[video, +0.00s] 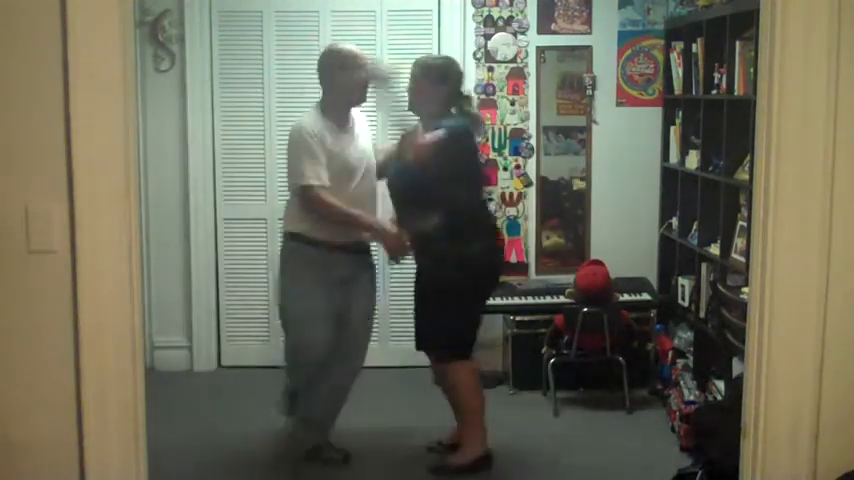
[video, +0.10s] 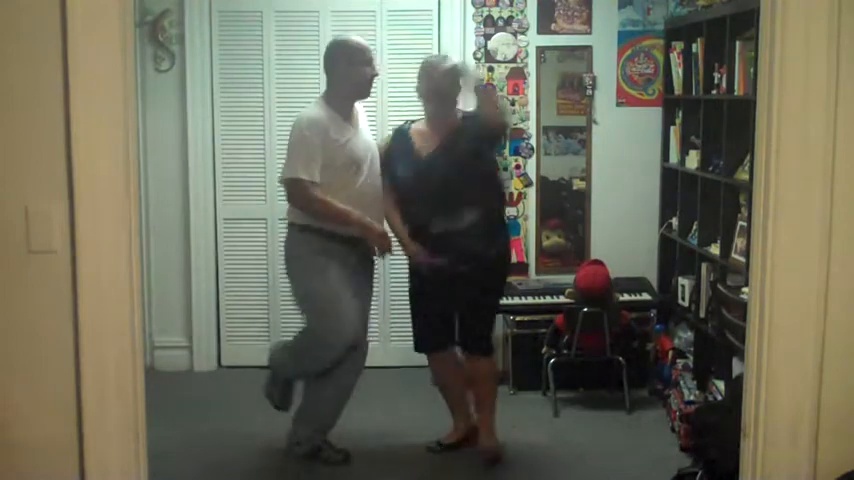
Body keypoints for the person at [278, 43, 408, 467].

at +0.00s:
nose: (368, 83)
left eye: (367, 76)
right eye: (359, 76)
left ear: (358, 81)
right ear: (333, 80)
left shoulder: (360, 127)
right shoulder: (306, 130)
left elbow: (366, 171)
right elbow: (310, 197)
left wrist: (402, 150)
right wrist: (379, 230)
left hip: (355, 256)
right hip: (309, 256)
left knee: (350, 352)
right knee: (312, 346)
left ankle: (316, 436)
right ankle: (300, 415)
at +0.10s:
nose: (374, 72)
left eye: (373, 65)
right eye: (364, 66)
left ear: (364, 73)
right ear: (335, 72)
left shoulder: (358, 122)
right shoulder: (311, 124)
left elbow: (366, 186)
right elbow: (298, 193)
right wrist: (363, 226)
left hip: (355, 249)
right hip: (314, 245)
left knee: (353, 346)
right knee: (338, 330)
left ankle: (307, 437)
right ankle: (283, 363)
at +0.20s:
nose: (382, 70)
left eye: (381, 63)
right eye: (373, 63)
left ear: (364, 70)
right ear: (345, 67)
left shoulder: (361, 122)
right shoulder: (318, 119)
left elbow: (365, 183)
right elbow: (292, 181)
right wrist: (357, 209)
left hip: (352, 242)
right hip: (318, 239)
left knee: (337, 341)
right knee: (371, 318)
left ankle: (307, 439)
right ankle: (289, 376)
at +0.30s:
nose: (388, 71)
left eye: (387, 64)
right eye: (379, 64)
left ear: (365, 69)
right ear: (351, 68)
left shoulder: (358, 117)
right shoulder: (331, 116)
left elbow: (351, 172)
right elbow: (304, 177)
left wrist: (388, 168)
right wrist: (375, 197)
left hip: (346, 240)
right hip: (327, 241)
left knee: (334, 339)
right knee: (389, 323)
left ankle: (309, 435)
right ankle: (326, 425)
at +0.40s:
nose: (396, 75)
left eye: (395, 67)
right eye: (389, 67)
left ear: (365, 72)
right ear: (363, 70)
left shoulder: (359, 118)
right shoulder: (342, 119)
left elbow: (353, 182)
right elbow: (333, 187)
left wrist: (402, 189)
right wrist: (399, 190)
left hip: (340, 247)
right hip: (338, 249)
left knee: (341, 349)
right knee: (386, 354)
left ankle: (307, 441)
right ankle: (372, 466)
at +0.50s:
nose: (407, 84)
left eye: (405, 76)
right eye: (400, 75)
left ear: (369, 79)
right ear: (375, 78)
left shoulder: (348, 122)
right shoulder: (368, 130)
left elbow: (357, 188)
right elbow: (372, 203)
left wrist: (407, 203)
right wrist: (428, 192)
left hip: (332, 254)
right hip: (351, 260)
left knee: (357, 357)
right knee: (381, 365)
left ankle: (312, 435)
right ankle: (367, 468)